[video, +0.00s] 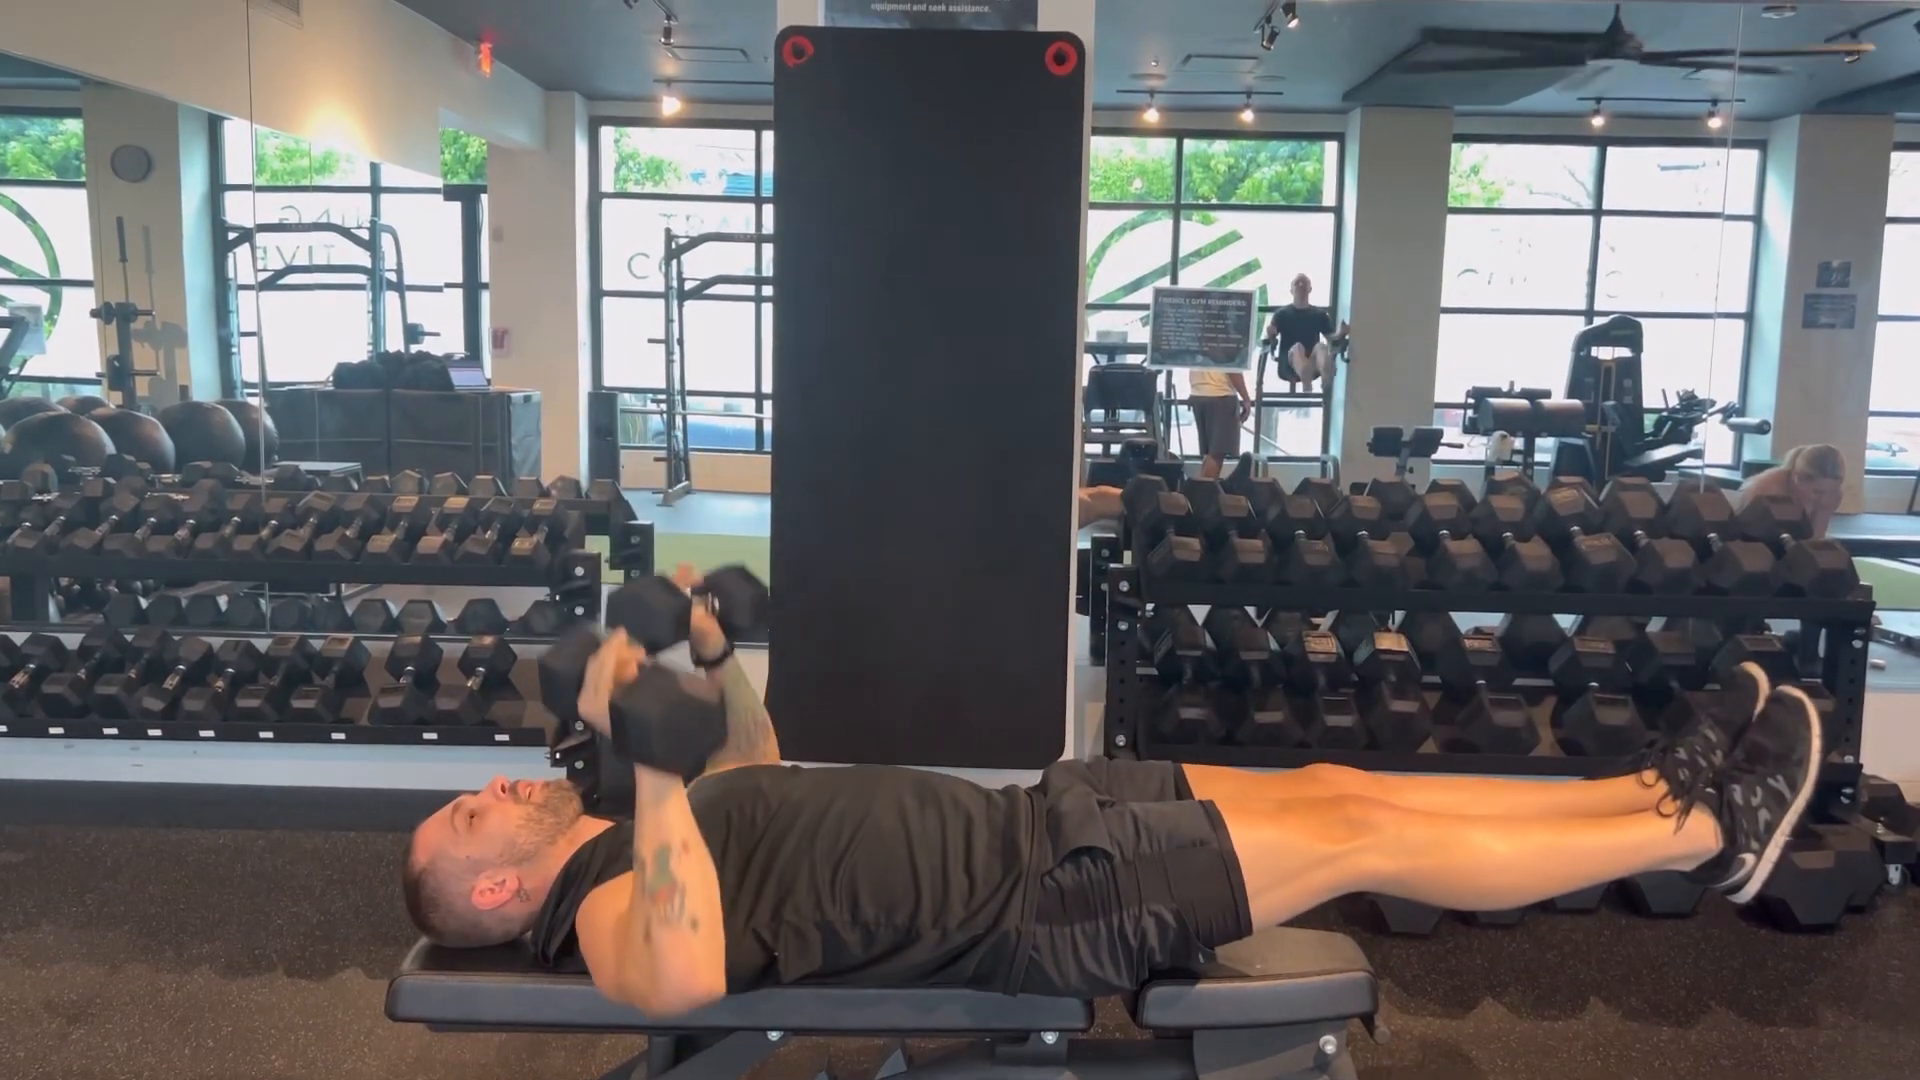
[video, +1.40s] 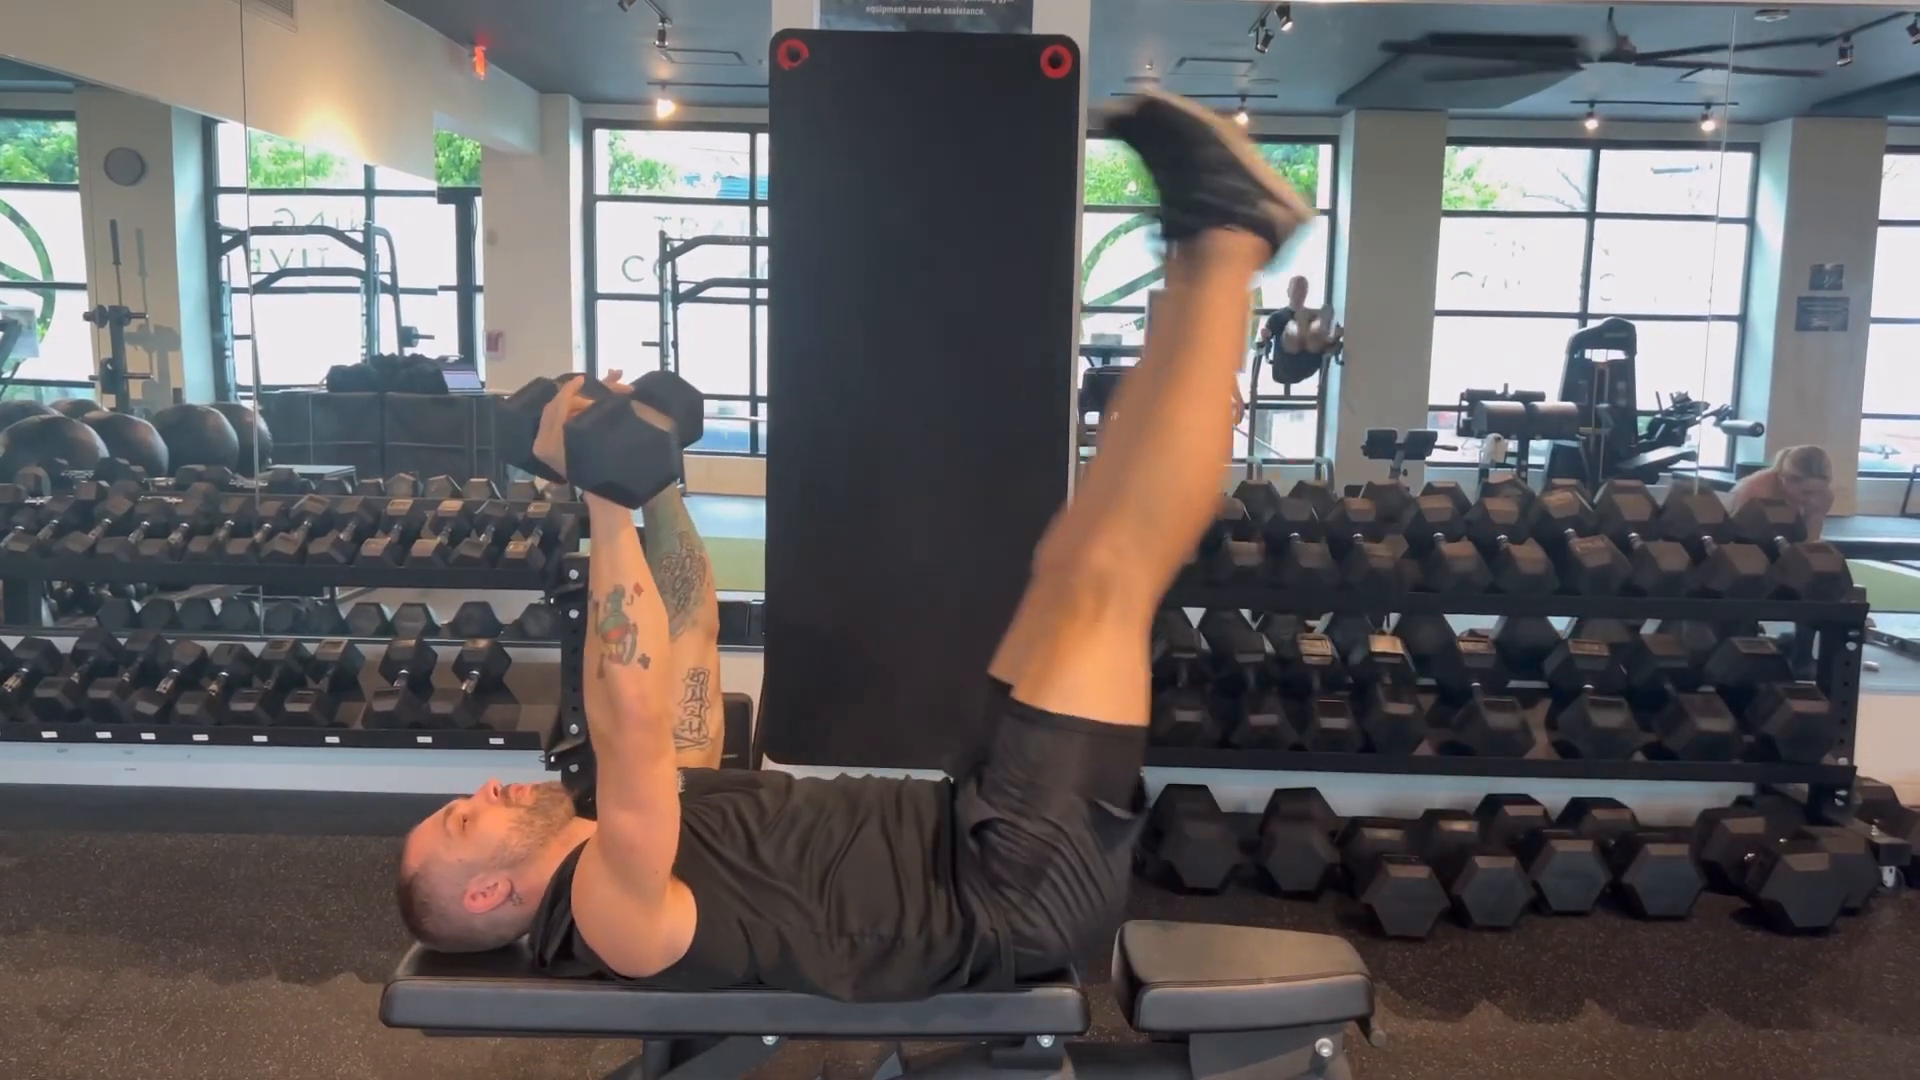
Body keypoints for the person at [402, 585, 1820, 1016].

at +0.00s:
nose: (511, 795)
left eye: (490, 799)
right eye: (483, 824)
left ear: (530, 816)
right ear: (490, 896)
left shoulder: (620, 820)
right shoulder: (594, 918)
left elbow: (651, 690)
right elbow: (677, 987)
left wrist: (628, 674)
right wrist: (652, 793)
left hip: (1046, 802)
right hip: (1040, 889)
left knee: (1341, 785)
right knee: (1362, 829)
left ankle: (1657, 809)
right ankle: (1698, 836)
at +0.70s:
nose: (505, 805)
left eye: (487, 810)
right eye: (477, 838)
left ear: (534, 818)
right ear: (496, 907)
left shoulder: (647, 824)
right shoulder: (626, 923)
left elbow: (743, 705)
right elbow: (679, 825)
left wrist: (690, 589)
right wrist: (643, 643)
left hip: (1045, 817)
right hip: (1049, 898)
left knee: (1353, 814)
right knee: (1360, 862)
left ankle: (1677, 832)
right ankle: (1702, 872)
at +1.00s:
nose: (503, 799)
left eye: (481, 805)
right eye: (484, 834)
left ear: (536, 844)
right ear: (520, 906)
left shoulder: (653, 823)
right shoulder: (628, 899)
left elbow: (698, 656)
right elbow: (631, 688)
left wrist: (651, 494)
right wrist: (613, 508)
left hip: (1043, 813)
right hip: (1050, 895)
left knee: (1333, 746)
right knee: (1346, 774)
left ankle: (1668, 708)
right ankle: (1686, 731)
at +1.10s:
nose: (503, 797)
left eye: (483, 804)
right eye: (482, 832)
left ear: (537, 844)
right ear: (519, 908)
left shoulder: (651, 836)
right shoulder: (631, 906)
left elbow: (695, 659)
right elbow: (630, 706)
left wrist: (658, 494)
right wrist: (609, 513)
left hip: (1032, 806)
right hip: (1041, 884)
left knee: (1302, 686)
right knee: (1313, 713)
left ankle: (1609, 570)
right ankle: (1642, 593)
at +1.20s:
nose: (490, 794)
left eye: (474, 808)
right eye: (474, 833)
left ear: (524, 832)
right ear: (507, 893)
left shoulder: (636, 828)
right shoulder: (625, 907)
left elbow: (686, 646)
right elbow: (628, 690)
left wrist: (634, 472)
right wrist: (620, 504)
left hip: (1005, 821)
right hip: (1032, 889)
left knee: (1249, 631)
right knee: (1259, 650)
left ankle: (1504, 446)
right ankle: (1543, 454)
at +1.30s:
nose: (488, 785)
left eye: (469, 795)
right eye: (469, 822)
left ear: (511, 811)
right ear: (506, 888)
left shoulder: (644, 828)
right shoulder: (624, 904)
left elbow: (691, 645)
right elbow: (632, 700)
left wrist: (645, 485)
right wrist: (604, 508)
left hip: (990, 818)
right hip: (1023, 889)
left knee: (1160, 589)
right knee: (1183, 603)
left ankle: (1365, 323)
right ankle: (1401, 318)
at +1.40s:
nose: (492, 791)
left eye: (466, 801)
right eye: (467, 823)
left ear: (509, 840)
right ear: (499, 893)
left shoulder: (646, 833)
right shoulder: (620, 907)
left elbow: (691, 643)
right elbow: (630, 724)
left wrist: (647, 482)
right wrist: (607, 500)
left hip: (979, 842)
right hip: (1013, 897)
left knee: (1084, 556)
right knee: (1101, 565)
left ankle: (1214, 246)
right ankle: (1221, 242)